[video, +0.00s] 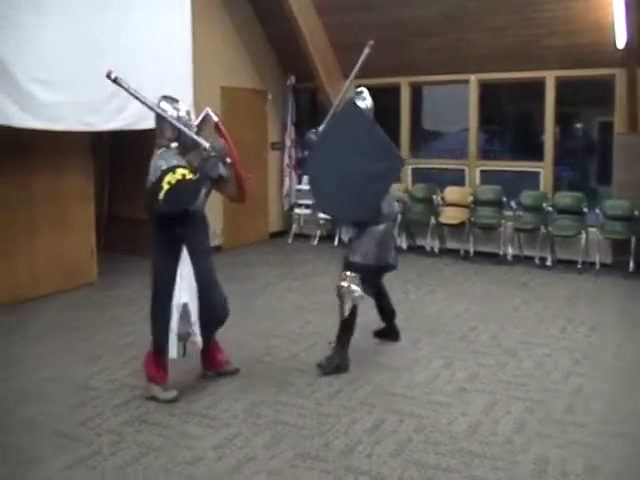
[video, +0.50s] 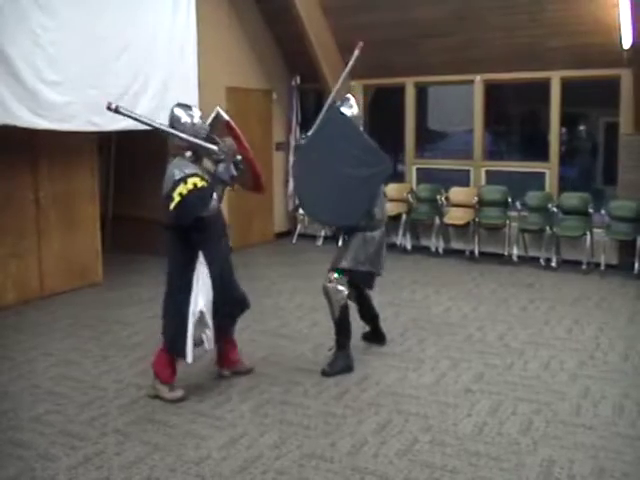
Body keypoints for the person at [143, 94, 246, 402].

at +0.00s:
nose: (178, 132)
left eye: (181, 126)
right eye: (172, 128)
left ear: (189, 132)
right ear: (166, 135)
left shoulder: (203, 158)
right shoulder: (164, 157)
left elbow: (234, 191)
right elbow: (171, 190)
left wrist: (221, 165)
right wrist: (196, 162)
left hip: (195, 225)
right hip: (165, 229)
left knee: (213, 300)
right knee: (163, 294)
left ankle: (210, 346)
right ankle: (158, 357)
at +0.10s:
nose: (174, 139)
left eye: (180, 133)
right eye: (173, 133)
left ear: (189, 138)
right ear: (176, 139)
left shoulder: (202, 161)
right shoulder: (172, 163)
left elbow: (245, 187)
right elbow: (180, 199)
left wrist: (229, 160)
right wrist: (208, 173)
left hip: (206, 242)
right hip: (179, 245)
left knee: (220, 299)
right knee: (177, 307)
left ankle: (219, 354)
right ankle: (164, 367)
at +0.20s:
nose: (185, 136)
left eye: (186, 130)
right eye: (180, 131)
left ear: (189, 135)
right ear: (171, 137)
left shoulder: (198, 159)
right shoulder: (169, 165)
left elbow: (226, 177)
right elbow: (185, 202)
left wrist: (223, 157)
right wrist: (207, 173)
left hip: (206, 241)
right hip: (179, 245)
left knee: (218, 298)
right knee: (177, 307)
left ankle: (218, 354)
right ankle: (162, 366)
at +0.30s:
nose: (179, 138)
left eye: (185, 132)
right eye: (176, 132)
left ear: (192, 135)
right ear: (172, 137)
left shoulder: (206, 158)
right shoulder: (170, 163)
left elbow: (245, 184)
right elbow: (185, 200)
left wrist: (228, 157)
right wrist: (208, 173)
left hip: (206, 233)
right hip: (177, 237)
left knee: (220, 296)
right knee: (175, 302)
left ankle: (219, 352)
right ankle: (162, 368)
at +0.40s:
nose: (192, 136)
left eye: (192, 131)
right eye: (187, 132)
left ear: (193, 137)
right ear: (179, 137)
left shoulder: (202, 160)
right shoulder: (174, 165)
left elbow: (246, 183)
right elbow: (191, 203)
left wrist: (229, 155)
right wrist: (213, 170)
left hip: (210, 246)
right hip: (183, 249)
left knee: (223, 299)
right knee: (177, 306)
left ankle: (221, 355)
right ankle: (162, 370)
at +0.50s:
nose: (189, 141)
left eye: (192, 135)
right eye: (184, 136)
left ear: (197, 138)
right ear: (177, 140)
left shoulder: (205, 161)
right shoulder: (178, 170)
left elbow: (230, 178)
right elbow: (198, 206)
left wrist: (231, 158)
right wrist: (220, 170)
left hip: (213, 232)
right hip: (183, 237)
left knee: (226, 294)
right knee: (178, 299)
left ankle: (227, 354)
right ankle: (165, 365)